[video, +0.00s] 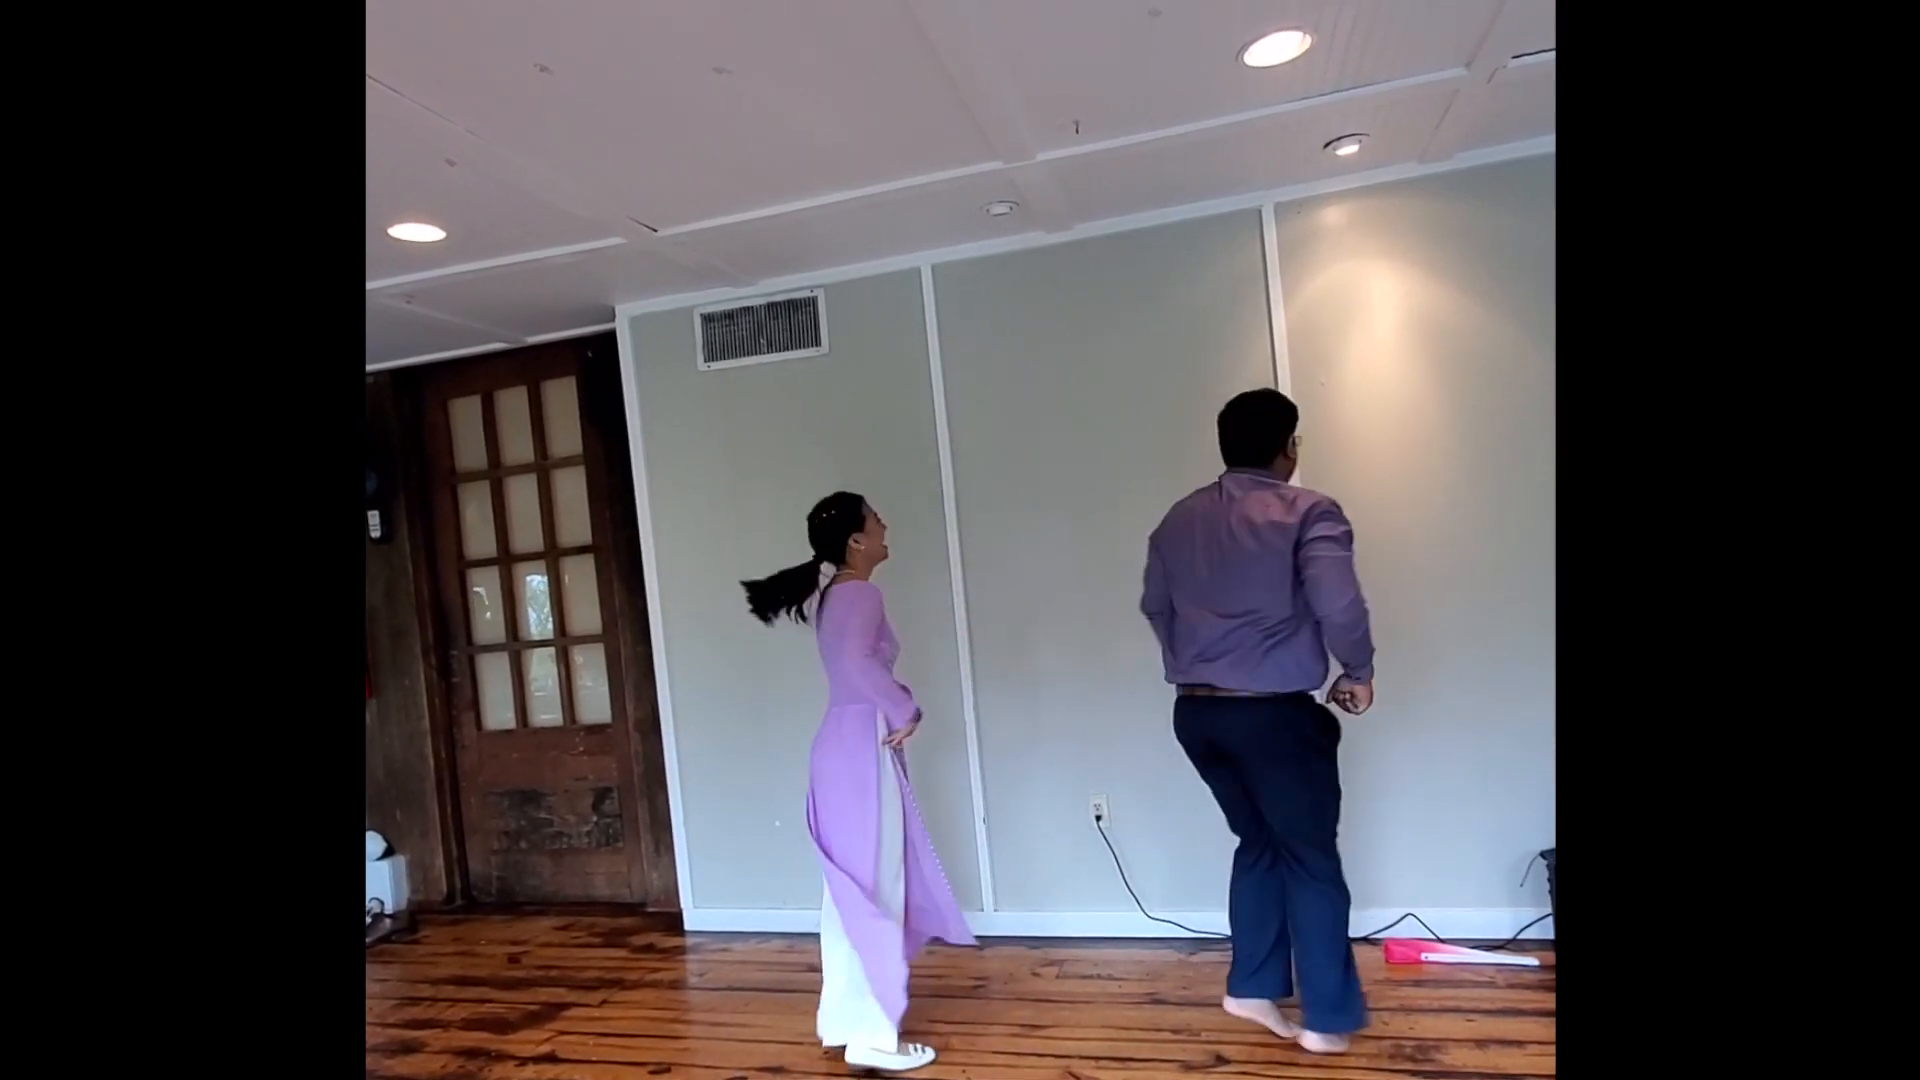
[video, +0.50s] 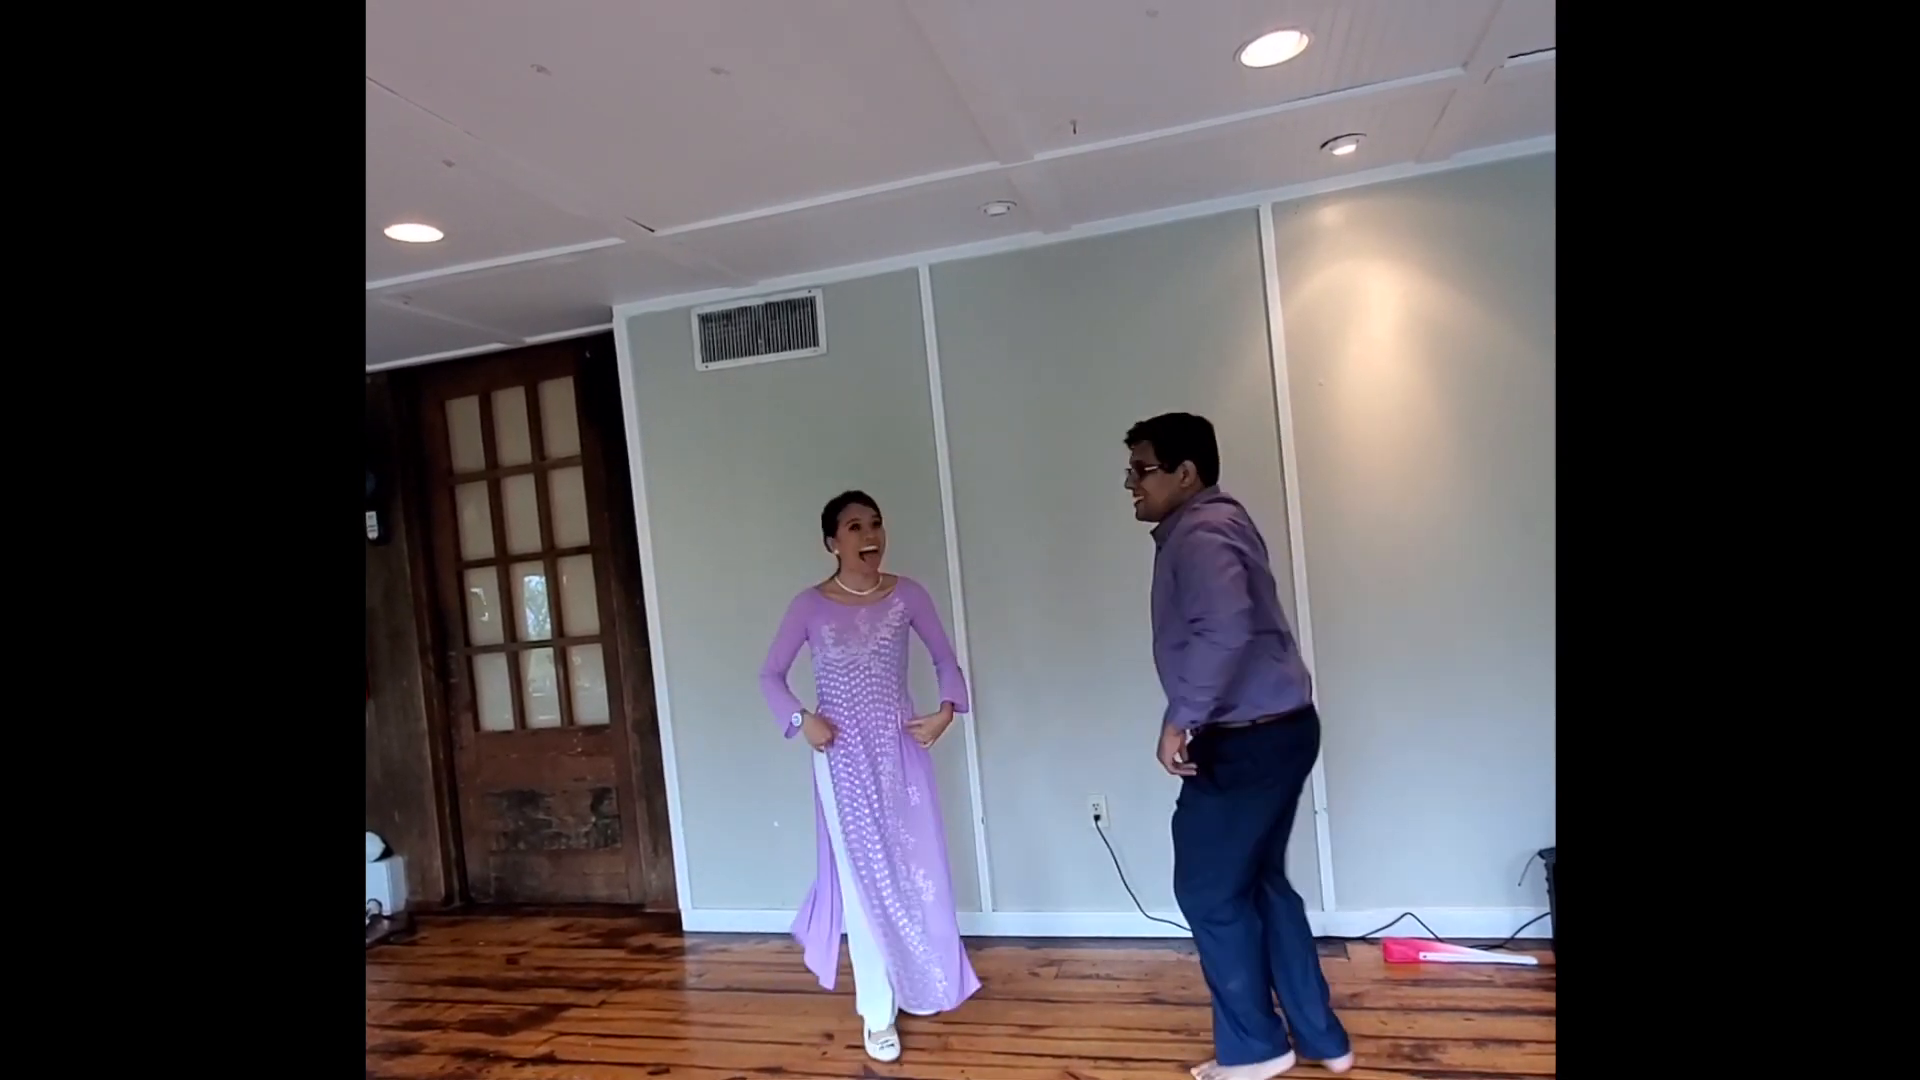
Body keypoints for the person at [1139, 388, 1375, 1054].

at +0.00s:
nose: (1297, 450)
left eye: (1292, 440)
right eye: (1295, 442)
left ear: (1224, 448)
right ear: (1287, 450)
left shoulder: (1177, 520)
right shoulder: (1309, 513)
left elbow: (1157, 606)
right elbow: (1340, 608)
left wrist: (1188, 669)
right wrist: (1358, 671)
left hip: (1199, 718)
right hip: (1280, 717)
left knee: (1256, 840)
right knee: (1312, 856)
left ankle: (1250, 989)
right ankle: (1329, 1018)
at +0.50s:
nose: (1131, 484)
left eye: (1141, 471)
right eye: (1130, 471)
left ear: (1186, 472)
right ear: (1188, 474)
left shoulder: (1199, 534)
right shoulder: (1214, 523)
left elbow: (1224, 627)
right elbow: (1227, 630)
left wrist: (1181, 718)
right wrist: (1189, 718)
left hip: (1245, 734)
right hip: (1277, 728)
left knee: (1207, 889)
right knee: (1260, 879)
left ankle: (1253, 1046)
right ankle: (1320, 1035)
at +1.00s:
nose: (1111, 482)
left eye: (1124, 469)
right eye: (1106, 471)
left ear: (1166, 473)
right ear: (1105, 477)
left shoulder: (1225, 524)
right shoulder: (1096, 538)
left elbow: (1299, 586)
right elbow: (1024, 525)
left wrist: (1250, 671)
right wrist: (975, 472)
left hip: (1224, 734)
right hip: (1152, 738)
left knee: (1222, 882)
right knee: (1159, 872)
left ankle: (1252, 1043)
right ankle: (1194, 979)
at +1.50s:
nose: (1124, 473)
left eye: (1136, 462)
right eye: (1115, 467)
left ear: (1171, 472)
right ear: (1108, 483)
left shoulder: (1223, 523)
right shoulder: (1091, 532)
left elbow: (1278, 588)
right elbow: (1019, 502)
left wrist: (1268, 661)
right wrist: (954, 449)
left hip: (1239, 722)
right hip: (1151, 735)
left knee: (1305, 851)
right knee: (1178, 875)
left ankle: (1357, 986)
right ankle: (1205, 986)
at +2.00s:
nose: (1144, 481)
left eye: (1151, 468)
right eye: (1131, 478)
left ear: (1184, 467)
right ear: (1127, 496)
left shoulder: (1256, 515)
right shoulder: (1135, 551)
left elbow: (1308, 570)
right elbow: (1150, 511)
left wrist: (1324, 641)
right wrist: (1192, 444)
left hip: (1284, 722)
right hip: (1191, 728)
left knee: (1320, 862)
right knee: (1151, 852)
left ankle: (1328, 979)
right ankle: (1185, 962)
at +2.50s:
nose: (1121, 520)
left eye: (1125, 503)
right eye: (1117, 514)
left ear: (1167, 487)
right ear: (1149, 509)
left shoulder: (1264, 518)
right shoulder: (1146, 568)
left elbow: (1340, 570)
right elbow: (1192, 526)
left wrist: (1357, 657)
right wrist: (1252, 447)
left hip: (1308, 733)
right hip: (1214, 743)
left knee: (1327, 873)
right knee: (1178, 883)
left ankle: (1326, 984)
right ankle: (1123, 1016)